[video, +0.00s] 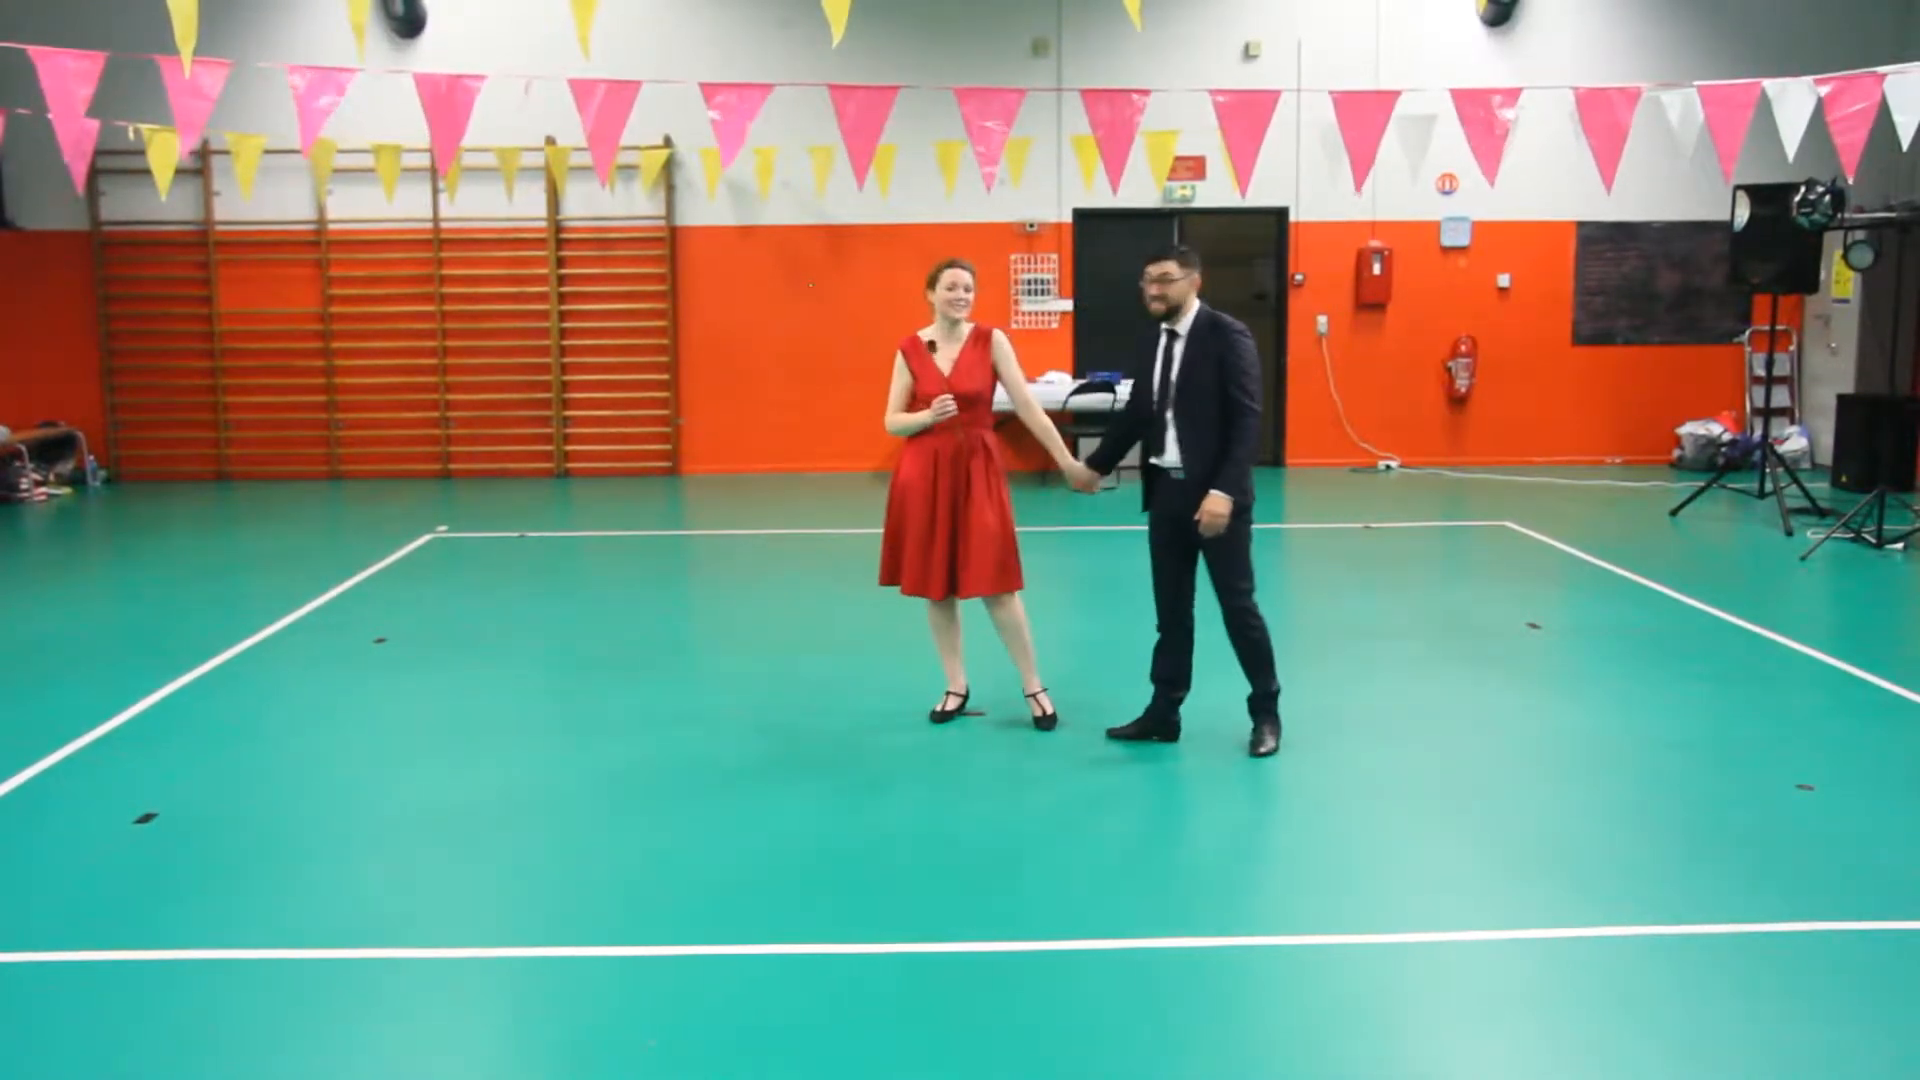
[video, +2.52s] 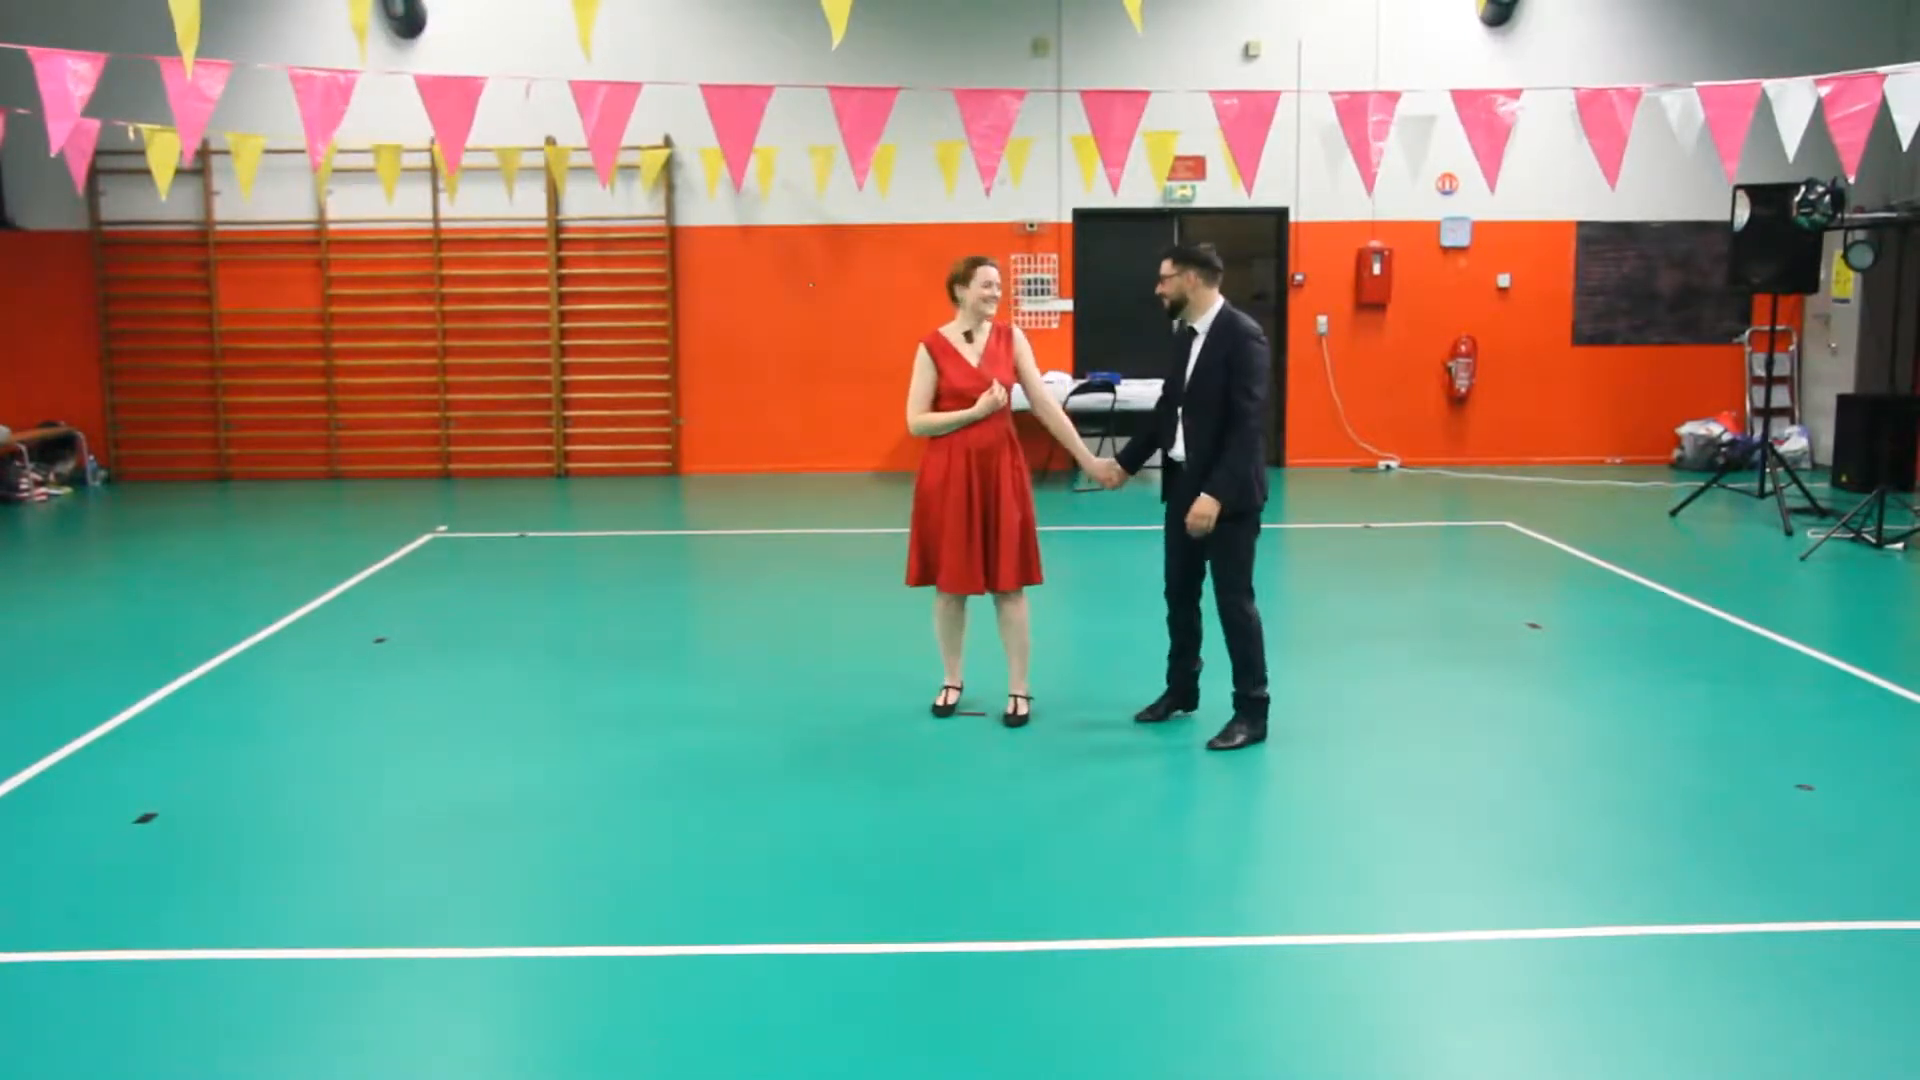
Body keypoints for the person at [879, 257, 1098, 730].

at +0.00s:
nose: (960, 296)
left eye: (967, 289)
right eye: (951, 288)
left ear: (975, 297)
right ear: (931, 295)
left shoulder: (991, 342)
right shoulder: (910, 350)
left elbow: (1028, 407)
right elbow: (892, 422)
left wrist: (1069, 463)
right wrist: (928, 416)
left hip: (977, 471)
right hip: (926, 474)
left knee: (998, 586)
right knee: (938, 587)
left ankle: (1033, 688)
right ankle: (955, 687)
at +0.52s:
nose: (957, 298)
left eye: (965, 293)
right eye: (949, 289)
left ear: (971, 305)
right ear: (927, 296)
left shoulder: (982, 344)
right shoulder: (910, 344)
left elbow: (1035, 403)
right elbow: (905, 414)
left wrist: (1088, 448)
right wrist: (886, 399)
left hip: (980, 463)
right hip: (931, 464)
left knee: (987, 583)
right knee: (937, 582)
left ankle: (1017, 686)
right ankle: (955, 688)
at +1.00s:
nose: (965, 304)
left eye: (975, 300)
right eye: (958, 295)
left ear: (985, 310)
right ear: (940, 300)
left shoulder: (999, 348)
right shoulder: (934, 345)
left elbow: (1044, 411)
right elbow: (940, 412)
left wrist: (1087, 469)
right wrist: (909, 404)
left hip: (1010, 462)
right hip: (963, 462)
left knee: (1011, 583)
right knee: (957, 582)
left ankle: (1019, 691)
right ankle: (956, 688)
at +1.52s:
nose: (995, 296)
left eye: (1003, 290)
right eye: (987, 288)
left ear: (1016, 298)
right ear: (971, 295)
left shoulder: (1035, 342)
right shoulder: (960, 352)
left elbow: (1058, 413)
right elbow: (955, 427)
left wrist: (1075, 481)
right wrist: (976, 414)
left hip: (1031, 471)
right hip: (981, 473)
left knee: (1027, 587)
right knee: (967, 586)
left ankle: (1021, 691)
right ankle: (962, 687)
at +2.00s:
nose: (1008, 296)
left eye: (1015, 289)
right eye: (999, 288)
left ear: (1025, 298)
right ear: (981, 296)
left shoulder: (1042, 344)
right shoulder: (960, 352)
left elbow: (1059, 417)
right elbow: (946, 427)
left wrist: (1078, 477)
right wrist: (995, 417)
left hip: (1034, 477)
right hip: (980, 479)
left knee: (1028, 592)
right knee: (974, 592)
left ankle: (1021, 690)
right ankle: (961, 676)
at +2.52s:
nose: (995, 293)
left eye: (998, 286)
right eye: (986, 286)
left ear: (1001, 292)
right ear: (959, 291)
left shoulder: (1011, 339)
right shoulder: (932, 347)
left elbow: (1046, 406)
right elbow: (917, 422)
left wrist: (1089, 461)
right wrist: (975, 411)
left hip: (1001, 472)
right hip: (950, 473)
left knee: (1008, 586)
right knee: (951, 585)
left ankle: (1019, 690)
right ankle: (951, 681)